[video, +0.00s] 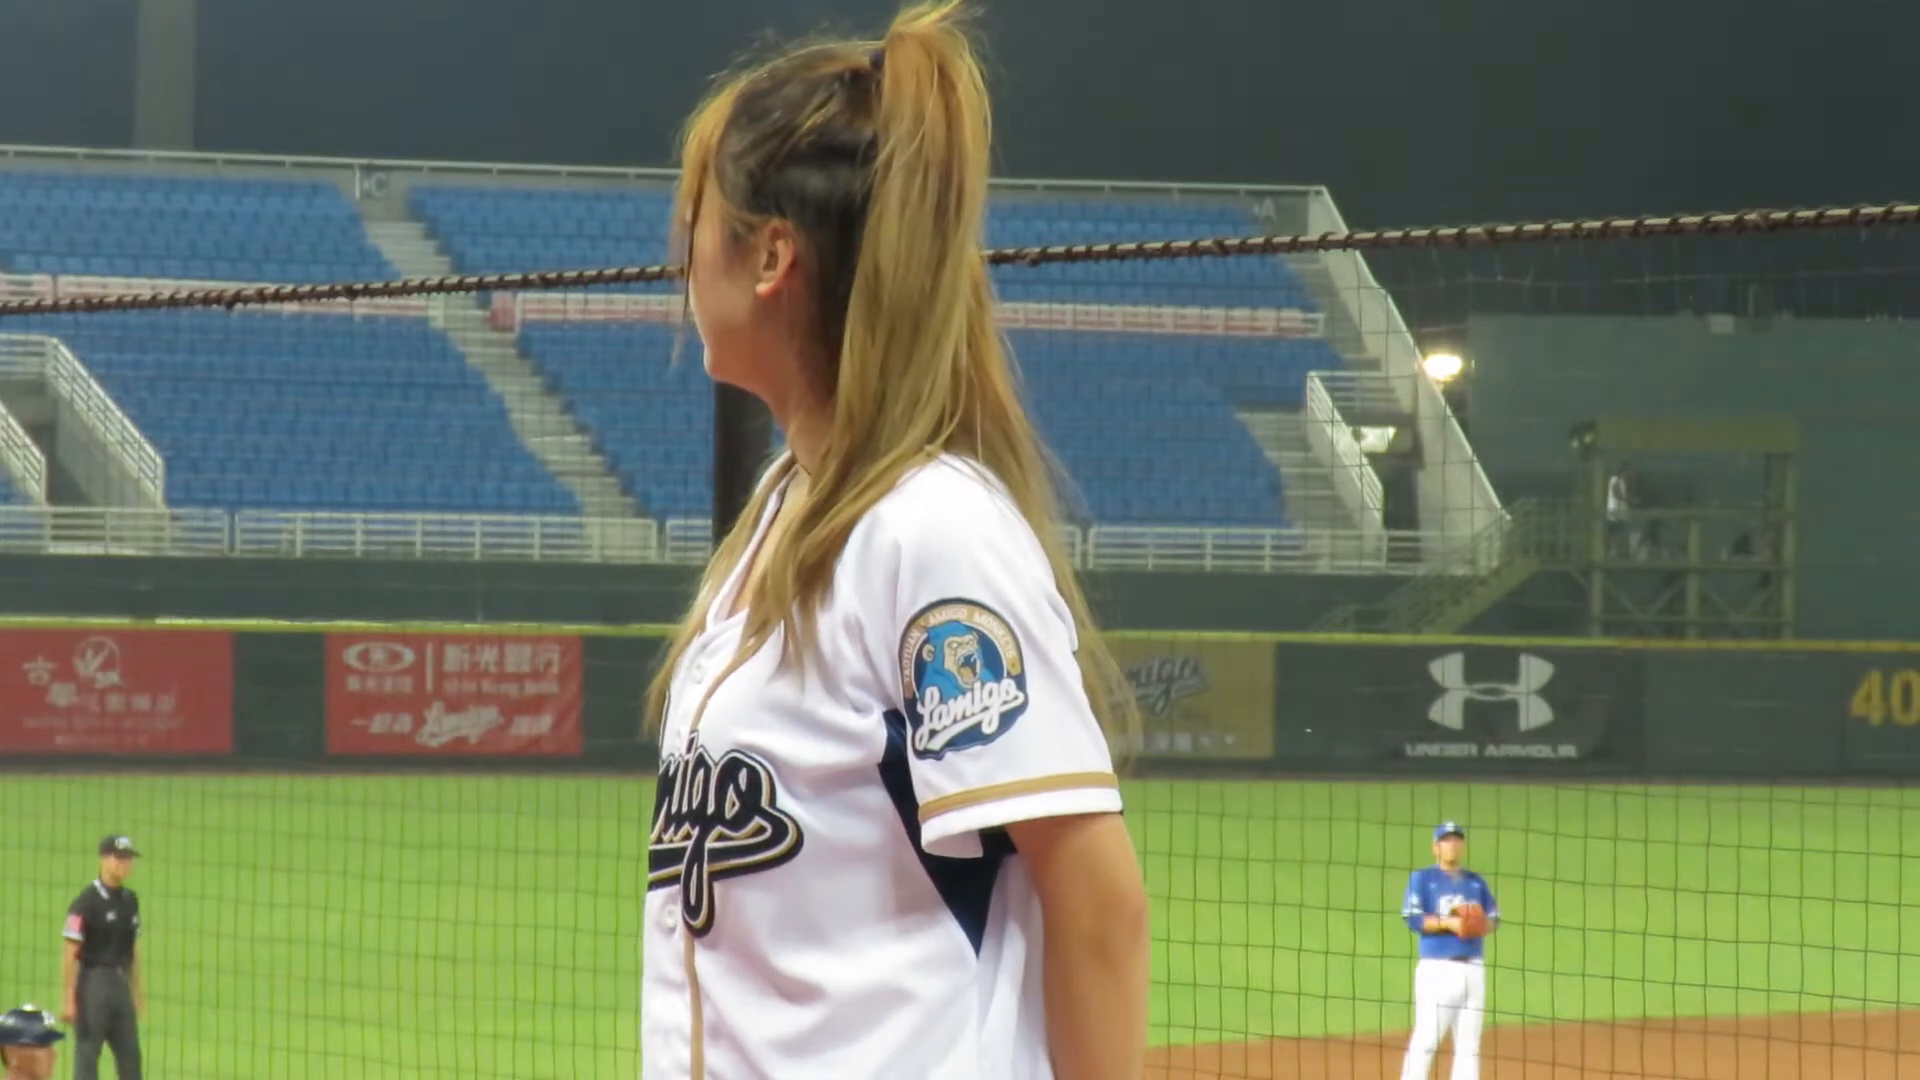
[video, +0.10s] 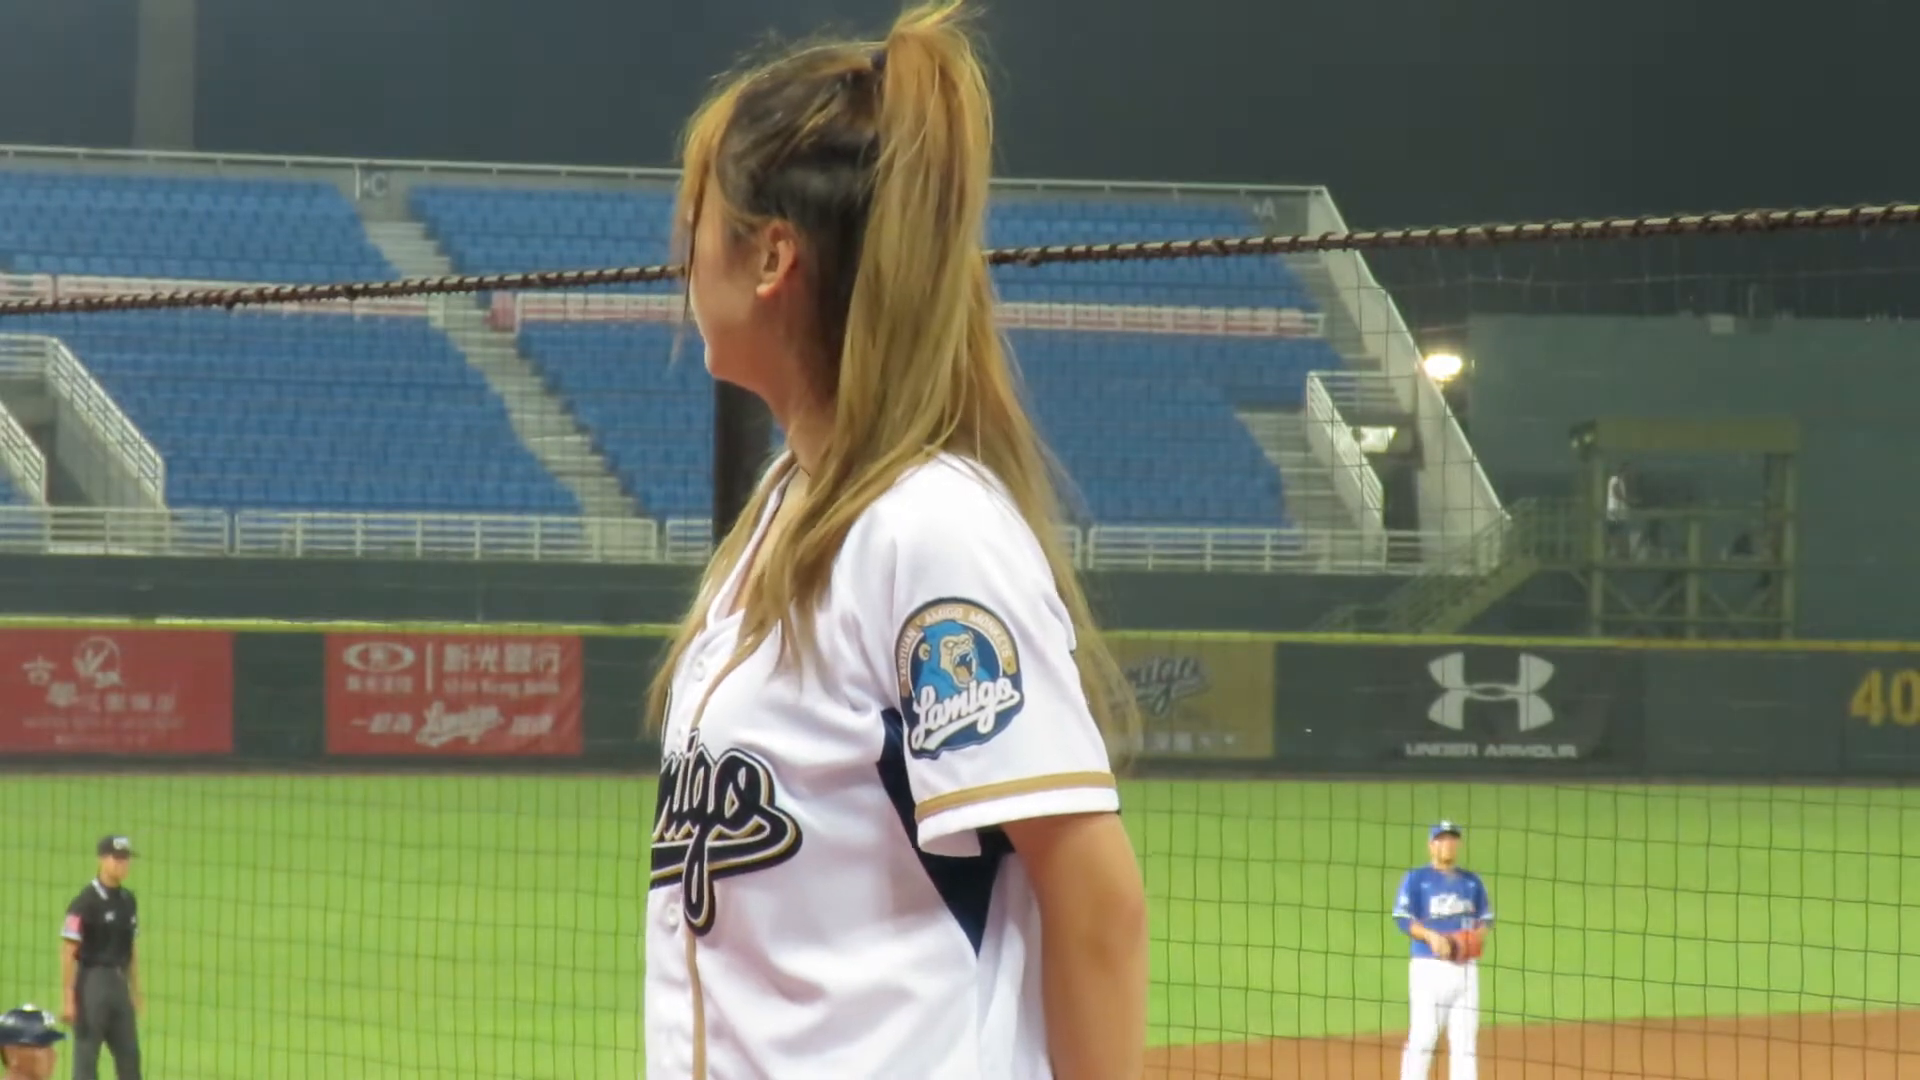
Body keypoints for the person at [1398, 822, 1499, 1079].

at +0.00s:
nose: (1452, 846)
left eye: (1457, 840)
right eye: (1446, 841)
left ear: (1463, 845)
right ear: (1436, 846)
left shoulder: (1475, 881)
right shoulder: (1421, 879)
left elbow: (1493, 917)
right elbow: (1414, 919)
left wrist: (1478, 923)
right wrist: (1452, 923)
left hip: (1472, 967)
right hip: (1436, 965)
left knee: (1469, 1044)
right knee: (1426, 1040)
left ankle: (1466, 1078)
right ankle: (1412, 1076)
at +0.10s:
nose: (1447, 846)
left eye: (1452, 840)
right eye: (1441, 840)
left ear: (1459, 845)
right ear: (1431, 845)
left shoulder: (1472, 881)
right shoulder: (1415, 879)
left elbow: (1485, 919)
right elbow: (1403, 918)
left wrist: (1471, 939)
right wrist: (1432, 937)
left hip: (1464, 967)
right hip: (1427, 966)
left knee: (1465, 1042)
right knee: (1423, 1040)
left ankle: (1464, 1077)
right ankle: (1413, 1076)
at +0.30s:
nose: (1436, 845)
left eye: (1441, 840)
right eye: (1430, 840)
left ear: (1447, 845)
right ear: (1419, 845)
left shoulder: (1460, 881)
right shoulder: (1403, 879)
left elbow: (1470, 927)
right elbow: (1388, 921)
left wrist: (1467, 962)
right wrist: (1397, 956)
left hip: (1452, 967)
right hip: (1416, 968)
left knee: (1457, 1045)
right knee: (1412, 1043)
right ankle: (1409, 1078)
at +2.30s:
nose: (1430, 845)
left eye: (1432, 840)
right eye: (1424, 840)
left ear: (1435, 843)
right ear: (1410, 840)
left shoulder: (1439, 875)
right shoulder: (1389, 873)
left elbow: (1450, 921)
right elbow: (1376, 916)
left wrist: (1460, 959)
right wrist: (1381, 957)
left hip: (1434, 961)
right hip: (1399, 961)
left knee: (1442, 1035)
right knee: (1399, 1036)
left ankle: (1440, 1077)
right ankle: (1398, 1077)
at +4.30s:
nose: (1403, 840)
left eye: (1405, 835)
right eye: (1396, 835)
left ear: (1410, 838)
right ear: (1383, 839)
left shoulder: (1418, 872)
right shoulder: (1368, 871)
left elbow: (1426, 921)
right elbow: (1360, 917)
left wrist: (1434, 959)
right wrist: (1367, 955)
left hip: (1418, 960)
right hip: (1383, 959)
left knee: (1424, 1035)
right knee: (1372, 1033)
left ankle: (1425, 1078)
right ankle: (1364, 1076)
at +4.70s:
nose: (1380, 844)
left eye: (1383, 839)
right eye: (1374, 839)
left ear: (1388, 840)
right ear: (1362, 841)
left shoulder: (1397, 869)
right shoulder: (1349, 874)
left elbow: (1407, 916)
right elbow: (1338, 918)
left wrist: (1418, 950)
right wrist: (1341, 958)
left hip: (1397, 958)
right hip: (1364, 958)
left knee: (1407, 1025)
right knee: (1364, 1029)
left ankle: (1399, 1075)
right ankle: (1359, 1075)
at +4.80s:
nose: (1380, 845)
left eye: (1382, 839)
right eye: (1373, 840)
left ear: (1386, 840)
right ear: (1361, 841)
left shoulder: (1395, 868)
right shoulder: (1347, 873)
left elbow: (1405, 915)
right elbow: (1336, 917)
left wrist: (1415, 948)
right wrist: (1340, 956)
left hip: (1395, 957)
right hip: (1362, 957)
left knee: (1400, 1025)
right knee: (1363, 1027)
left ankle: (1381, 1074)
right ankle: (1361, 1075)